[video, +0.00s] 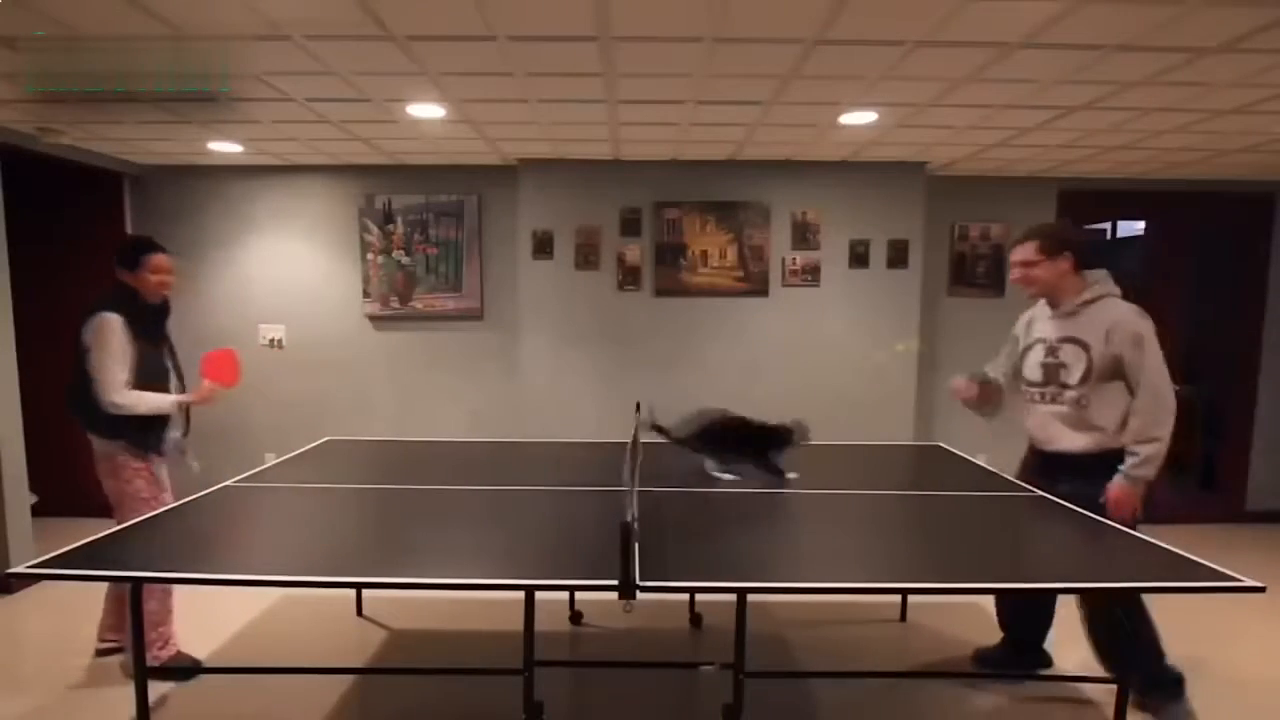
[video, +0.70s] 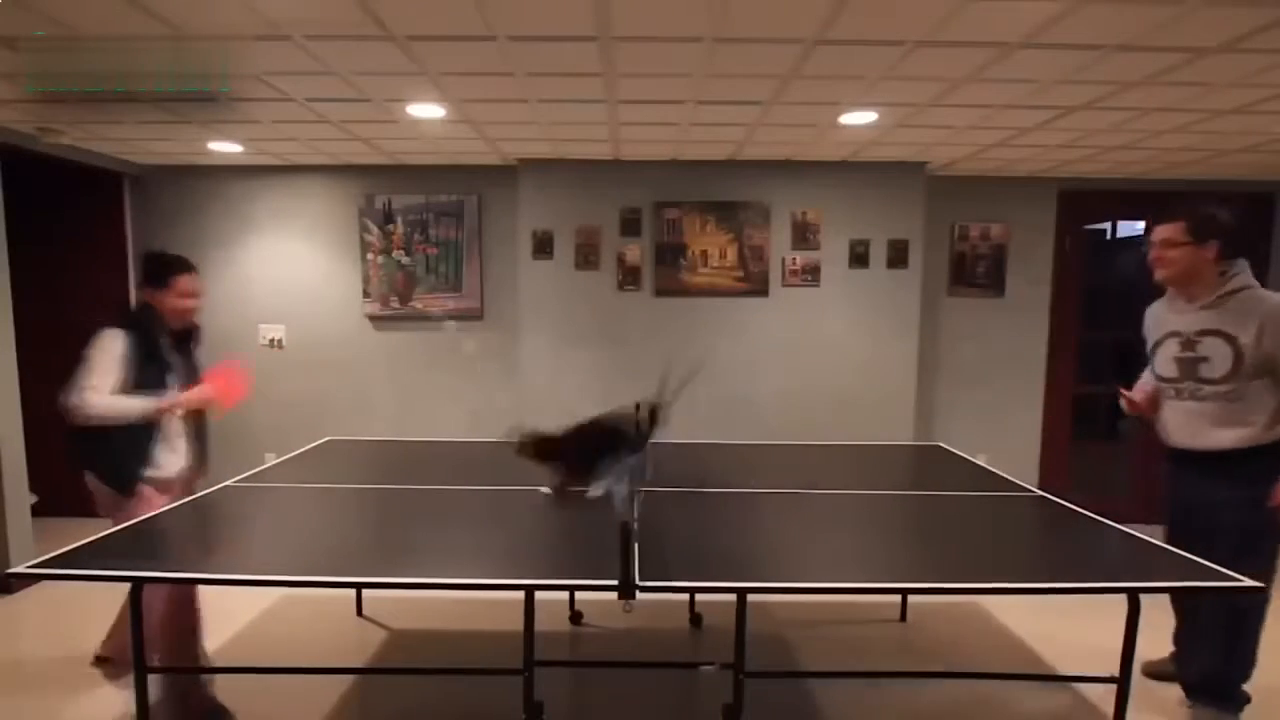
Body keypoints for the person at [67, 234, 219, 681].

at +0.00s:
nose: (166, 282)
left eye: (168, 274)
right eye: (157, 274)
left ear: (167, 277)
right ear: (128, 275)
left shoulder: (149, 319)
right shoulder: (110, 322)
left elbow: (155, 385)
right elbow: (113, 398)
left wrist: (190, 397)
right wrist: (185, 399)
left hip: (145, 445)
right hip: (121, 449)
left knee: (137, 538)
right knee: (158, 538)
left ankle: (114, 634)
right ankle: (157, 650)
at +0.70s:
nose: (193, 305)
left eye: (196, 295)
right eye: (183, 295)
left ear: (193, 297)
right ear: (151, 296)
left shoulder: (182, 346)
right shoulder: (117, 341)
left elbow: (180, 406)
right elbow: (82, 403)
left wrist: (205, 396)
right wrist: (167, 402)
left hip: (176, 482)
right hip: (129, 485)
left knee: (170, 571)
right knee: (171, 574)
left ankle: (118, 650)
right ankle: (180, 688)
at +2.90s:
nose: (205, 341)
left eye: (209, 332)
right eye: (198, 331)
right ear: (168, 324)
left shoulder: (180, 369)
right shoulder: (119, 362)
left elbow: (161, 434)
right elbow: (48, 422)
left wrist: (162, 473)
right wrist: (114, 454)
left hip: (139, 478)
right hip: (85, 482)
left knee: (169, 550)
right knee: (133, 563)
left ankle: (117, 648)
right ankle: (164, 676)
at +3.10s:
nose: (182, 344)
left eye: (186, 335)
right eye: (176, 334)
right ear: (145, 327)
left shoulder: (155, 372)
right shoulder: (90, 360)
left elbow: (138, 439)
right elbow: (21, 416)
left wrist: (140, 498)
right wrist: (85, 453)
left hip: (115, 482)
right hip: (67, 487)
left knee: (144, 557)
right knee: (97, 568)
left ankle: (131, 642)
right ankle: (70, 669)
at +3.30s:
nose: (137, 334)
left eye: (141, 326)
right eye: (130, 324)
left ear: (142, 328)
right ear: (101, 322)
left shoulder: (123, 369)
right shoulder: (49, 357)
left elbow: (114, 426)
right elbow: (1, 421)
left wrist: (125, 444)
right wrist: (51, 452)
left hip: (100, 481)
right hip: (51, 490)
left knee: (129, 551)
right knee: (50, 568)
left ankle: (118, 643)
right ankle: (23, 655)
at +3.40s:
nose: (125, 318)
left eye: (128, 309)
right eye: (116, 308)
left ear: (129, 311)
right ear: (85, 306)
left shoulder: (116, 351)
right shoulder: (39, 345)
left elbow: (118, 411)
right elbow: (1, 415)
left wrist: (123, 427)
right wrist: (56, 437)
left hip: (101, 476)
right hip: (47, 486)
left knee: (132, 547)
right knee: (47, 564)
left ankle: (118, 639)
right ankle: (23, 655)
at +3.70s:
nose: (188, 310)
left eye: (190, 302)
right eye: (181, 301)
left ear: (175, 303)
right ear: (153, 301)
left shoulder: (171, 347)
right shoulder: (118, 345)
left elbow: (166, 405)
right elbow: (125, 404)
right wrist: (196, 376)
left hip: (164, 469)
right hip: (113, 474)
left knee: (198, 532)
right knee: (98, 562)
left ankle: (217, 617)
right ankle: (29, 651)